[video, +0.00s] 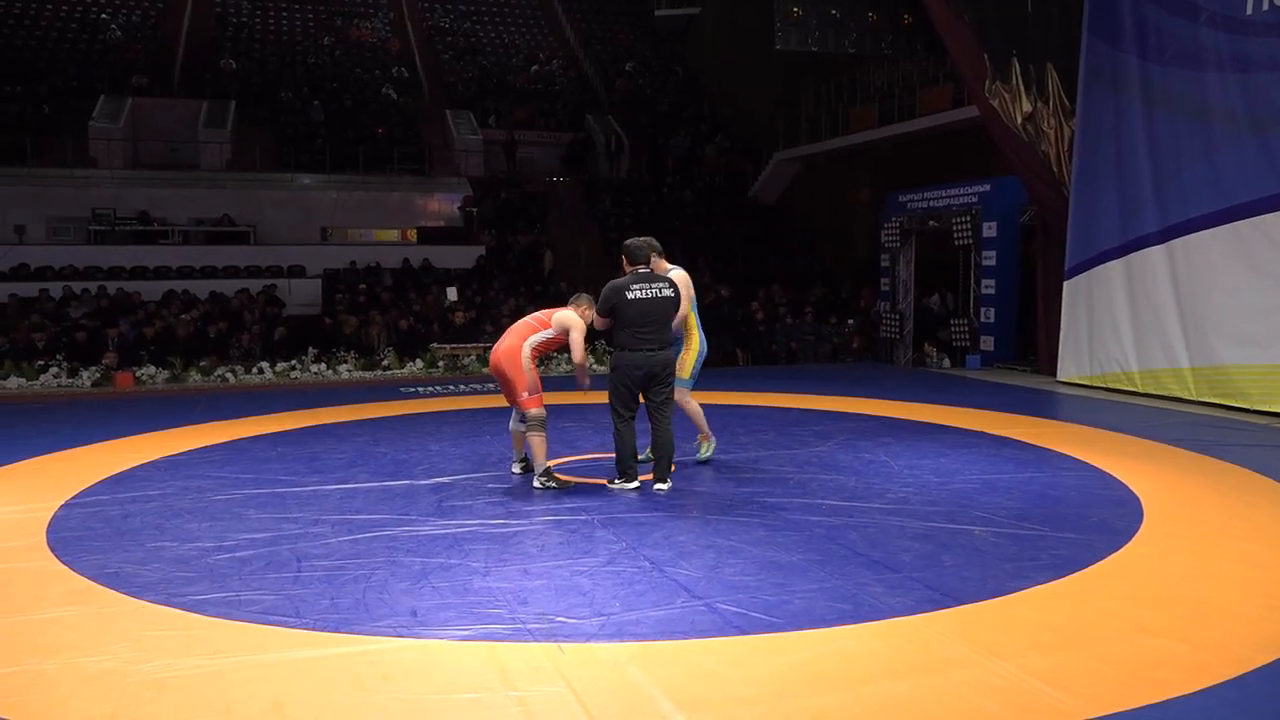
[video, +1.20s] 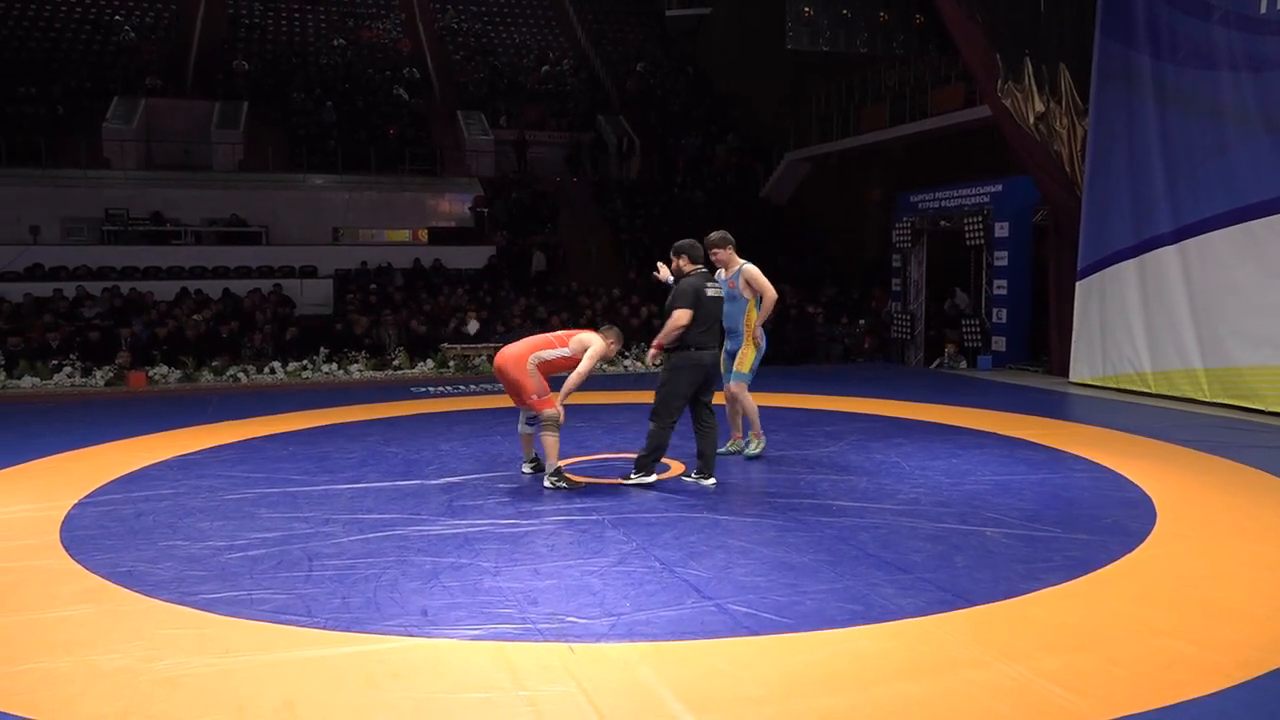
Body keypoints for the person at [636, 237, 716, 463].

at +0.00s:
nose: (646, 266)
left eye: (647, 261)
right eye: (645, 262)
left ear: (656, 257)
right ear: (654, 258)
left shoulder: (678, 275)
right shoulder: (657, 279)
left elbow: (682, 313)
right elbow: (658, 310)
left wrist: (663, 332)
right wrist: (649, 329)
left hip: (690, 341)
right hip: (671, 342)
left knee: (680, 394)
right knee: (659, 396)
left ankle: (707, 436)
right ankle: (657, 445)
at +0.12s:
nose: (654, 261)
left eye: (656, 256)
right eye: (652, 257)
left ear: (671, 253)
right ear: (667, 255)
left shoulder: (690, 275)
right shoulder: (668, 279)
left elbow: (708, 307)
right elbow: (669, 310)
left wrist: (693, 337)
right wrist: (661, 337)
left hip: (694, 344)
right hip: (673, 344)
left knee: (690, 398)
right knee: (663, 399)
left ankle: (720, 437)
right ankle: (659, 447)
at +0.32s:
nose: (682, 261)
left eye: (685, 256)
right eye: (679, 257)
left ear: (699, 253)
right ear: (681, 257)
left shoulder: (717, 278)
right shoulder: (690, 280)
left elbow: (733, 311)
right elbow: (692, 318)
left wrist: (714, 342)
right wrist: (684, 346)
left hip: (716, 348)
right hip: (694, 348)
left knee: (719, 400)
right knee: (677, 395)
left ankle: (734, 448)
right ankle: (665, 447)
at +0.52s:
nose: (699, 256)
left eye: (703, 251)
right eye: (697, 252)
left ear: (717, 249)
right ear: (697, 253)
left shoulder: (732, 274)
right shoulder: (705, 275)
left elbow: (745, 309)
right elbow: (707, 311)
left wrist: (726, 338)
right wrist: (698, 337)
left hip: (729, 343)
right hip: (708, 343)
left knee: (732, 396)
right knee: (689, 388)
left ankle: (737, 446)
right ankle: (696, 439)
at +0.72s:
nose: (706, 263)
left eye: (708, 258)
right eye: (703, 259)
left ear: (722, 252)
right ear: (703, 258)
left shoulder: (741, 274)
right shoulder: (710, 275)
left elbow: (755, 307)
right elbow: (711, 308)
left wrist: (736, 337)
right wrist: (703, 334)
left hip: (734, 344)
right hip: (713, 343)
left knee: (734, 397)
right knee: (710, 395)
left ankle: (739, 446)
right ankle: (730, 433)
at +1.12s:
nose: (709, 261)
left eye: (712, 256)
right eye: (707, 257)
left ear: (726, 252)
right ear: (707, 258)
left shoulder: (745, 273)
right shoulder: (716, 278)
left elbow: (768, 299)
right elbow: (708, 310)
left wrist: (757, 330)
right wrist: (712, 340)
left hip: (747, 342)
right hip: (728, 343)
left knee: (734, 389)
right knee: (726, 392)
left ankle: (746, 440)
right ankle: (736, 438)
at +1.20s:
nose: (713, 258)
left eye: (717, 253)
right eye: (711, 254)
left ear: (729, 249)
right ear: (711, 255)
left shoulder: (747, 270)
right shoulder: (719, 274)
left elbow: (770, 295)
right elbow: (700, 290)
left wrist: (758, 323)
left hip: (749, 338)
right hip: (730, 339)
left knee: (738, 388)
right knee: (729, 391)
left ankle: (757, 436)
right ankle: (737, 438)